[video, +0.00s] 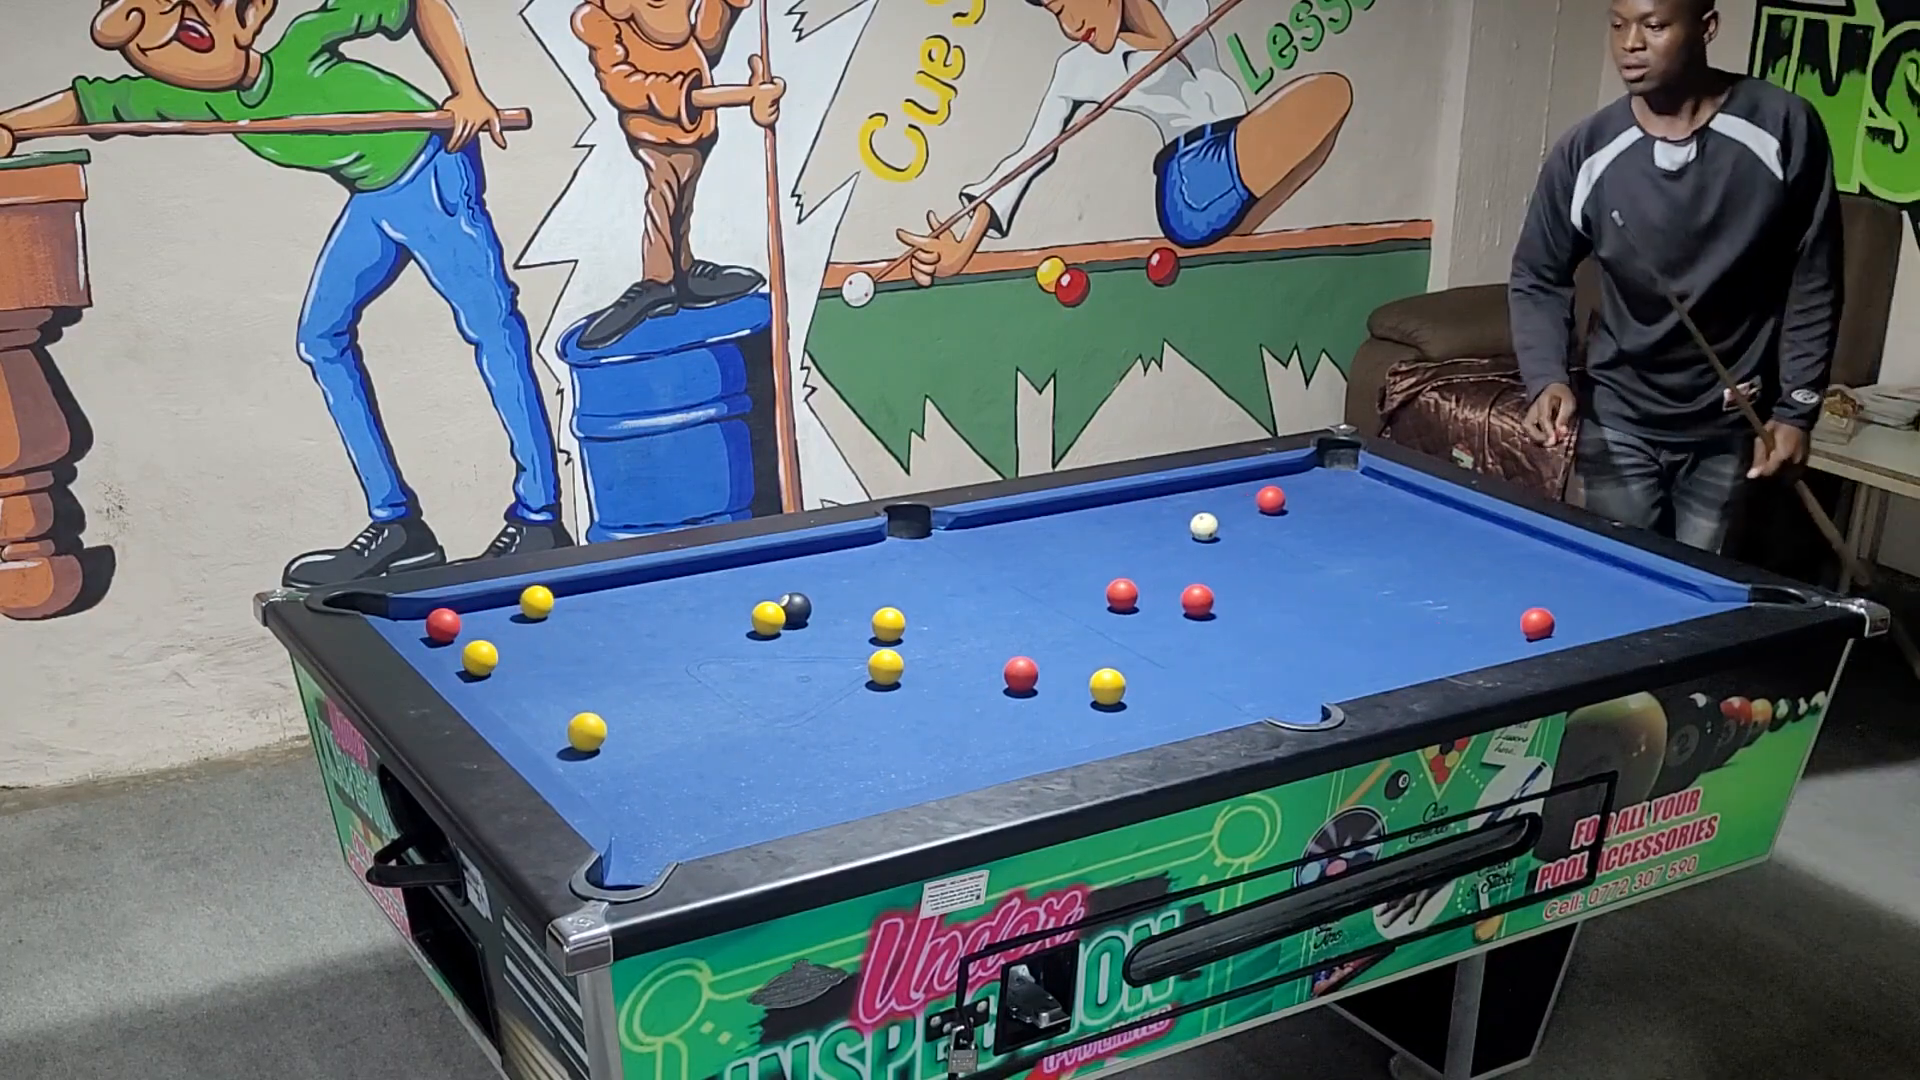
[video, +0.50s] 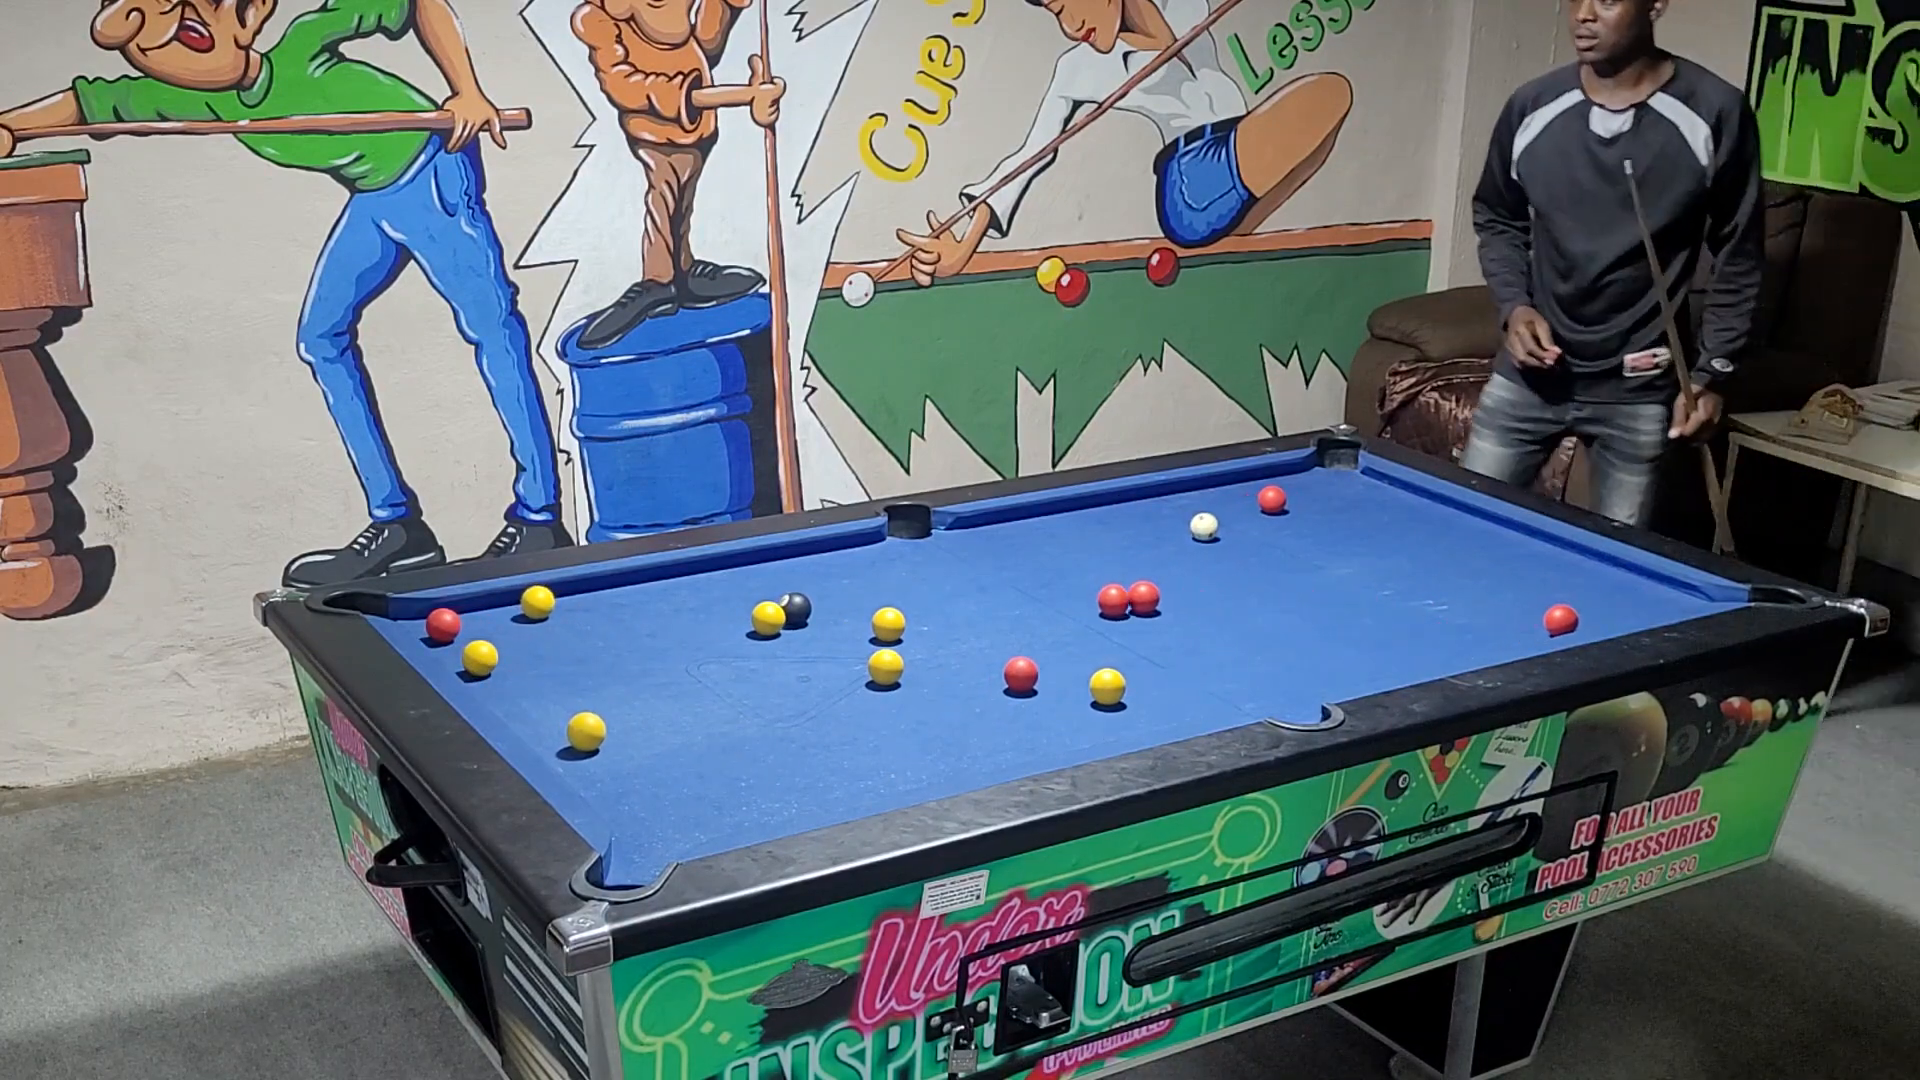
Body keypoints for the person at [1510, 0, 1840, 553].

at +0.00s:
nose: (1630, 44)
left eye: (1655, 25)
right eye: (1619, 25)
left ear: (1707, 28)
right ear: (1608, 31)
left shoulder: (1783, 126)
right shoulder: (1583, 152)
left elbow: (1813, 278)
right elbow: (1537, 277)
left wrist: (1795, 409)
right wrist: (1547, 380)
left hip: (1731, 424)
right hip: (1618, 417)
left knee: (1694, 614)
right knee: (1614, 605)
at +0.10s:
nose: (1635, 49)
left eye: (1659, 29)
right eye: (1624, 27)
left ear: (1710, 32)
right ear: (1612, 29)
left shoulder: (1777, 135)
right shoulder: (1580, 146)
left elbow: (1795, 286)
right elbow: (1535, 269)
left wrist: (1772, 413)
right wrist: (1550, 366)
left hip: (1712, 421)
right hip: (1607, 410)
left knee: (1668, 598)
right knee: (1597, 591)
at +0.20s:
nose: (1634, 40)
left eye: (1657, 22)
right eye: (1622, 20)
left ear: (1706, 25)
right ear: (1609, 22)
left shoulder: (1769, 130)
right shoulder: (1574, 132)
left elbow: (1783, 281)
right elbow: (1532, 252)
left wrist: (1758, 405)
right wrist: (1553, 351)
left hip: (1698, 410)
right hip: (1590, 398)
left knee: (1655, 590)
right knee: (1579, 582)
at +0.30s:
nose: (1623, 26)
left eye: (1646, 9)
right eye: (1613, 8)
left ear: (1696, 15)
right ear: (1602, 13)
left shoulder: (1758, 119)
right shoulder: (1565, 116)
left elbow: (1773, 264)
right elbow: (1528, 233)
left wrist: (1746, 385)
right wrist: (1550, 328)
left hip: (1682, 395)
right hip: (1572, 383)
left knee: (1640, 578)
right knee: (1546, 562)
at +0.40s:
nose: (1607, 18)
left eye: (1630, 3)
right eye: (1599, 3)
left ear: (1679, 11)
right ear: (1589, 10)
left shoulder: (1741, 115)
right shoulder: (1551, 111)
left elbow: (1763, 255)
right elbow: (1515, 223)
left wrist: (1729, 373)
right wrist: (1537, 313)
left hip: (1663, 392)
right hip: (1552, 379)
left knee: (1626, 574)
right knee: (1506, 548)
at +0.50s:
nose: (1583, 15)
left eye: (1605, 1)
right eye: (1575, 0)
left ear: (1655, 8)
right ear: (1565, 8)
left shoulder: (1718, 114)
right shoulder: (1529, 107)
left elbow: (1737, 256)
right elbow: (1497, 218)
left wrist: (1711, 372)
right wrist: (1514, 306)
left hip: (1637, 389)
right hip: (1526, 374)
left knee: (1614, 572)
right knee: (1465, 531)